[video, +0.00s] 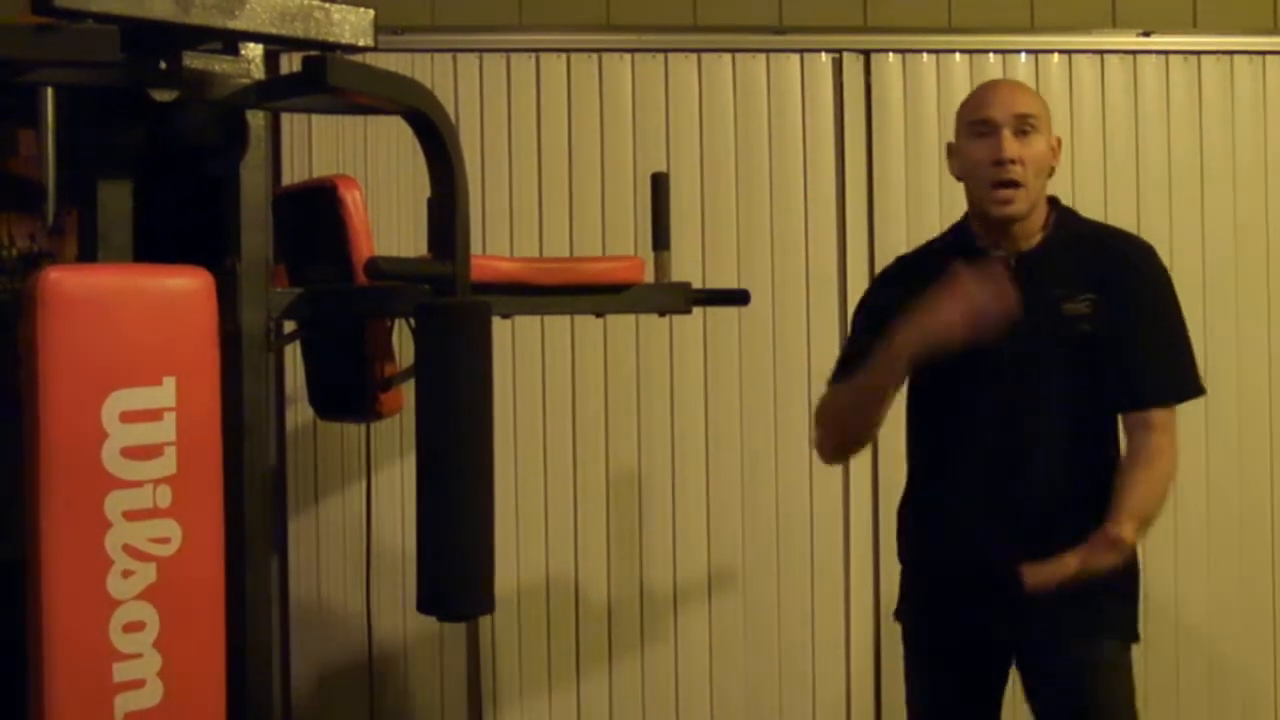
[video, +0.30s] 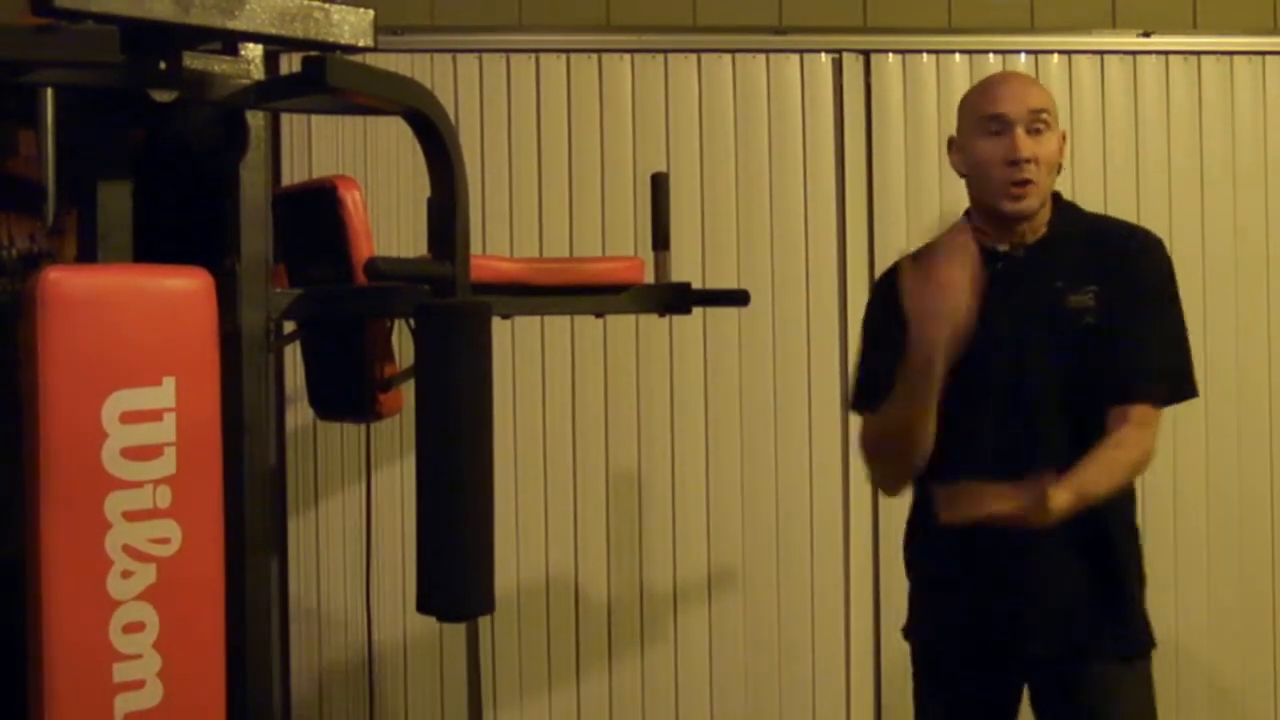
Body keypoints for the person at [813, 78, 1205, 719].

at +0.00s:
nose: (1005, 148)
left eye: (1024, 130)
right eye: (983, 132)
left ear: (1052, 154)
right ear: (954, 160)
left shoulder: (1120, 267)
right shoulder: (908, 282)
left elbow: (1152, 434)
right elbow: (832, 442)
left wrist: (1116, 535)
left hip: (1077, 580)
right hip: (948, 584)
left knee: (1097, 714)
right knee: (946, 715)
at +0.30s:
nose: (1020, 146)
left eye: (1038, 127)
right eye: (995, 128)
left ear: (1060, 151)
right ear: (957, 156)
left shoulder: (1126, 257)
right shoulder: (909, 285)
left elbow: (1135, 434)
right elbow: (886, 471)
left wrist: (1054, 496)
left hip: (1089, 598)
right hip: (956, 604)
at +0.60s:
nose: (1023, 160)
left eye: (1040, 137)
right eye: (995, 142)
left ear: (1062, 156)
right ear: (957, 172)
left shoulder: (1147, 265)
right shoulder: (923, 310)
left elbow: (1231, 434)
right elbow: (943, 492)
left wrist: (1097, 512)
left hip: (1134, 646)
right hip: (992, 657)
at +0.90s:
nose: (1022, 131)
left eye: (1042, 104)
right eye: (996, 110)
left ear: (1075, 121)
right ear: (964, 136)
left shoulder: (1135, 236)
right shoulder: (913, 260)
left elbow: (1114, 396)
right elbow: (835, 398)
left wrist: (915, 412)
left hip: (1102, 617)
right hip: (954, 619)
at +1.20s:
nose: (943, 123)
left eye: (963, 99)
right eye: (917, 105)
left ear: (1001, 119)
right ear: (892, 135)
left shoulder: (1077, 227)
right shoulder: (857, 244)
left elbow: (1062, 359)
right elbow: (783, 317)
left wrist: (874, 349)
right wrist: (938, 211)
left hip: (1038, 614)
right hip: (888, 616)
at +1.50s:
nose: (1025, 126)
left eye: (1045, 104)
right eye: (997, 107)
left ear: (1074, 132)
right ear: (961, 143)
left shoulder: (1144, 268)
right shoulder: (906, 272)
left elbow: (1156, 481)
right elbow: (750, 376)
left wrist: (1088, 663)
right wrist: (901, 382)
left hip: (1100, 661)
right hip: (944, 654)